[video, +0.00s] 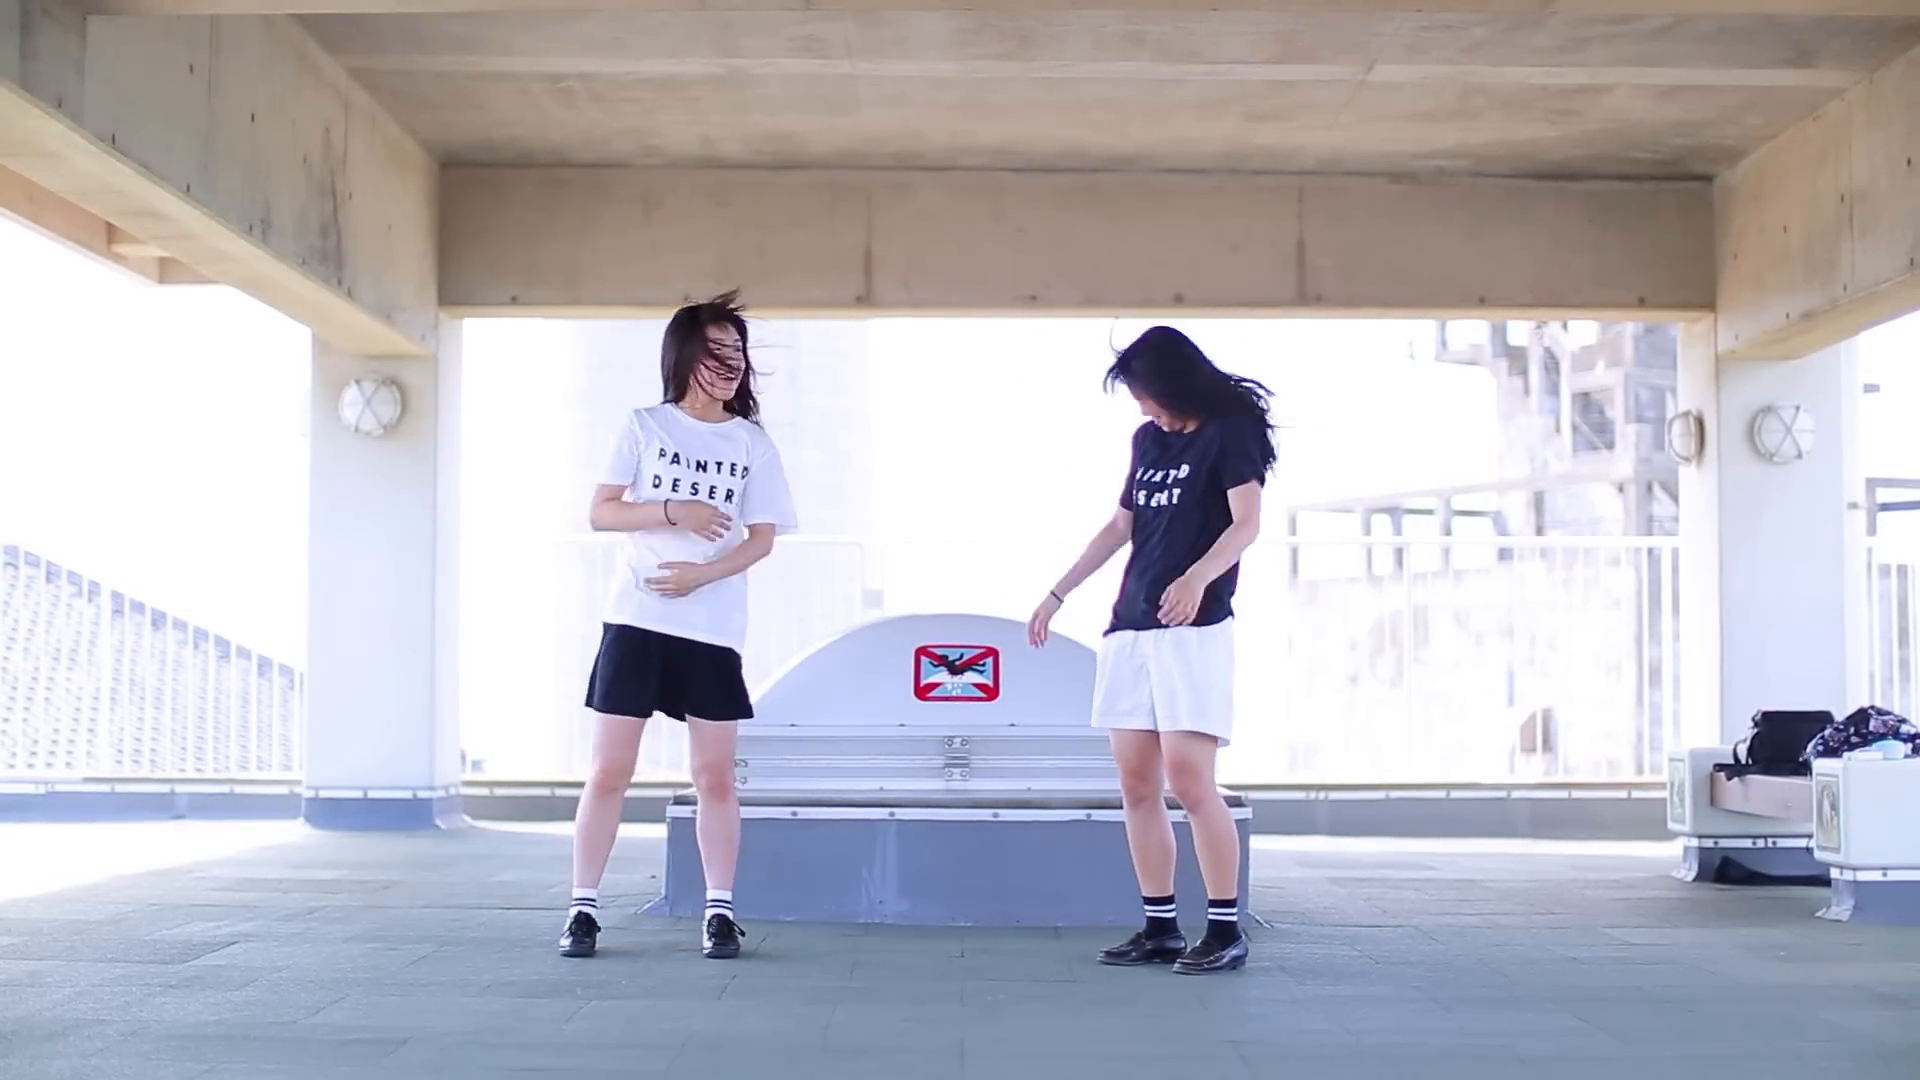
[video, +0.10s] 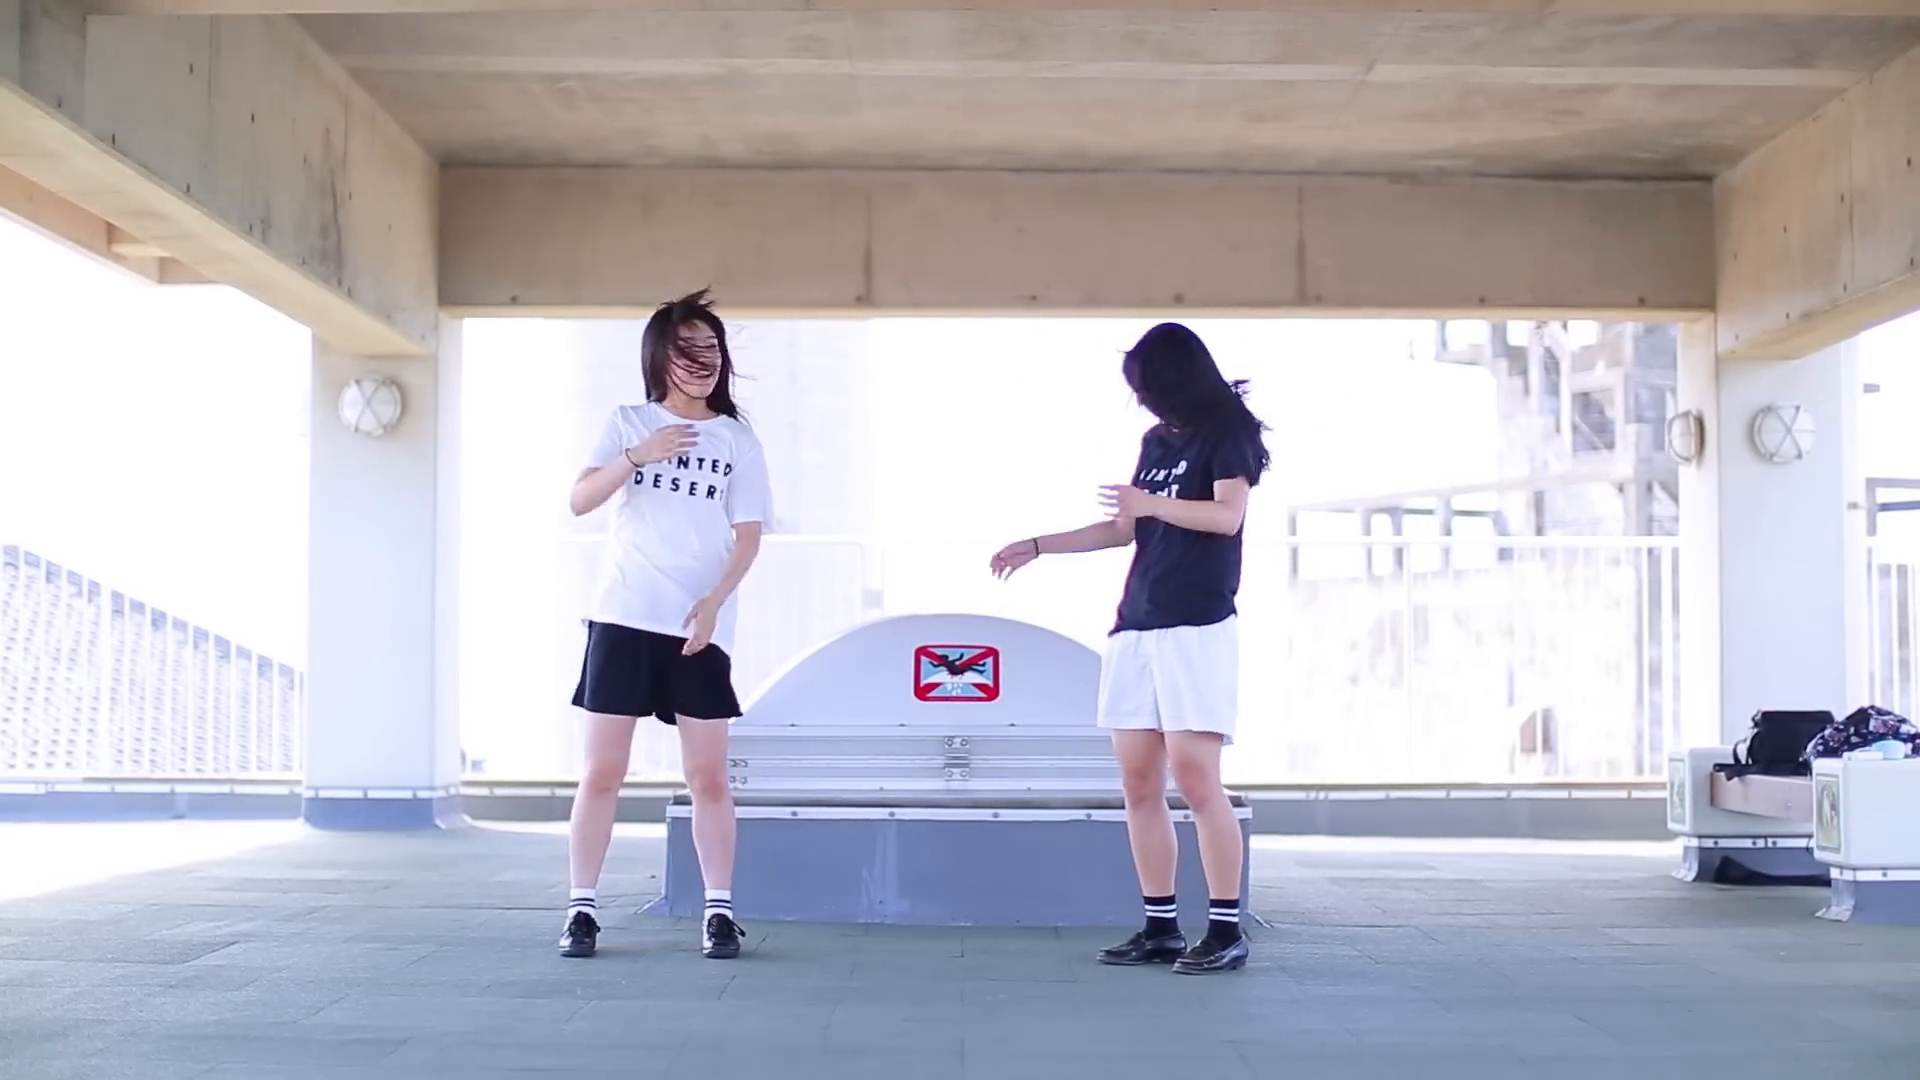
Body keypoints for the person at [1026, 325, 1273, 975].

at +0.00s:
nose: (1145, 412)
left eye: (1150, 399)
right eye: (1139, 401)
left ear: (1179, 386)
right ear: (1141, 392)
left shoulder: (1232, 428)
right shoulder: (1148, 438)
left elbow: (1247, 524)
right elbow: (1120, 526)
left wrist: (1195, 578)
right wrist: (1059, 591)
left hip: (1194, 633)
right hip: (1128, 632)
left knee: (1190, 781)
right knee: (1138, 785)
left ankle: (1226, 933)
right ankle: (1160, 929)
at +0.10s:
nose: (1142, 401)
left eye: (1146, 387)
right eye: (1137, 390)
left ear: (1175, 375)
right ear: (1152, 381)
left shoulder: (1229, 429)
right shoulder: (1157, 440)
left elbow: (1229, 516)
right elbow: (1125, 529)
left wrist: (1150, 505)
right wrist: (1042, 544)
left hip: (1196, 630)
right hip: (1135, 631)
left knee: (1196, 780)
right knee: (1140, 784)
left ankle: (1226, 933)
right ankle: (1159, 930)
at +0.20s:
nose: (1146, 404)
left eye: (1152, 391)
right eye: (1142, 395)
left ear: (1182, 377)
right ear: (1150, 391)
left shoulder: (1238, 426)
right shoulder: (1163, 445)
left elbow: (1199, 497)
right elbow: (1112, 524)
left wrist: (1137, 433)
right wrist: (1047, 488)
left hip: (1200, 631)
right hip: (1136, 632)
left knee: (1200, 781)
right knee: (1143, 785)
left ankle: (1226, 933)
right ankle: (1161, 930)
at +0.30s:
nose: (1137, 400)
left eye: (1142, 385)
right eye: (1133, 390)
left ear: (1173, 378)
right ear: (1158, 389)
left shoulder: (1235, 441)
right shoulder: (1154, 457)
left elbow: (1179, 459)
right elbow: (1090, 502)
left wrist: (1146, 388)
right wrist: (1068, 430)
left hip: (1202, 634)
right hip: (1137, 637)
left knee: (1204, 780)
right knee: (1145, 783)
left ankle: (1227, 932)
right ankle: (1160, 929)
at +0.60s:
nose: (1160, 393)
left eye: (1168, 379)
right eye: (1155, 382)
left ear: (1204, 376)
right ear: (1159, 387)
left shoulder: (1241, 440)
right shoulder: (1151, 455)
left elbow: (1218, 491)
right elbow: (1070, 480)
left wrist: (1213, 410)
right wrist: (1109, 414)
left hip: (1198, 633)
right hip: (1135, 636)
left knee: (1207, 778)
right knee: (1152, 783)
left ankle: (1227, 930)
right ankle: (1160, 928)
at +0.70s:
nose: (1169, 376)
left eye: (1184, 364)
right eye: (1162, 365)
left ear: (1216, 373)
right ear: (1157, 374)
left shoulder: (1238, 445)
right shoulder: (1145, 458)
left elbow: (1247, 543)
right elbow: (1102, 547)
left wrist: (1216, 488)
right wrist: (1079, 476)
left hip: (1199, 630)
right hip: (1134, 635)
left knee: (1207, 778)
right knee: (1153, 782)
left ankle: (1226, 932)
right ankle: (1161, 929)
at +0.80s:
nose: (1193, 374)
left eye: (1209, 365)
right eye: (1183, 362)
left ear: (1228, 377)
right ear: (1163, 370)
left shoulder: (1231, 448)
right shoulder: (1138, 456)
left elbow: (1236, 549)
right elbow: (1138, 556)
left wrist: (1218, 608)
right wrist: (1066, 586)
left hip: (1196, 629)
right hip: (1132, 635)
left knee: (1205, 774)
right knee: (1150, 779)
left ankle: (1227, 929)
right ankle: (1160, 927)